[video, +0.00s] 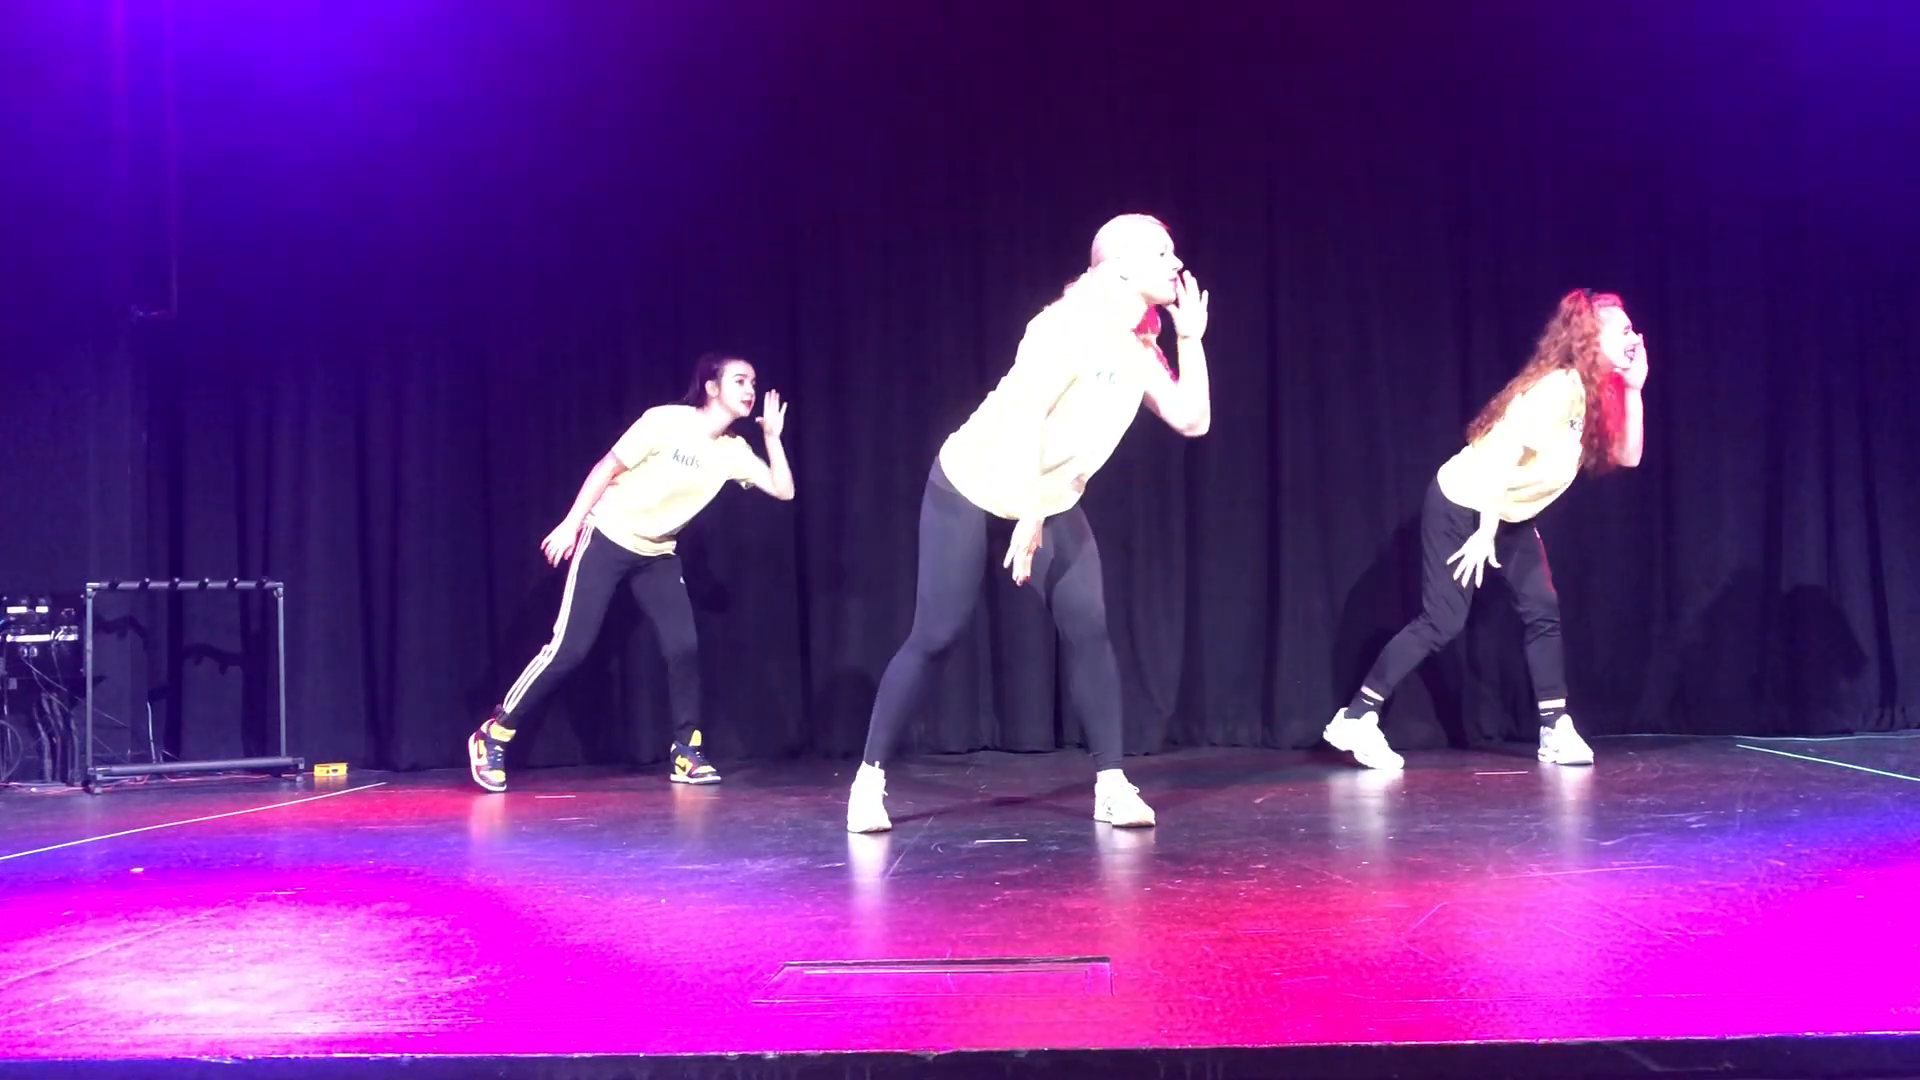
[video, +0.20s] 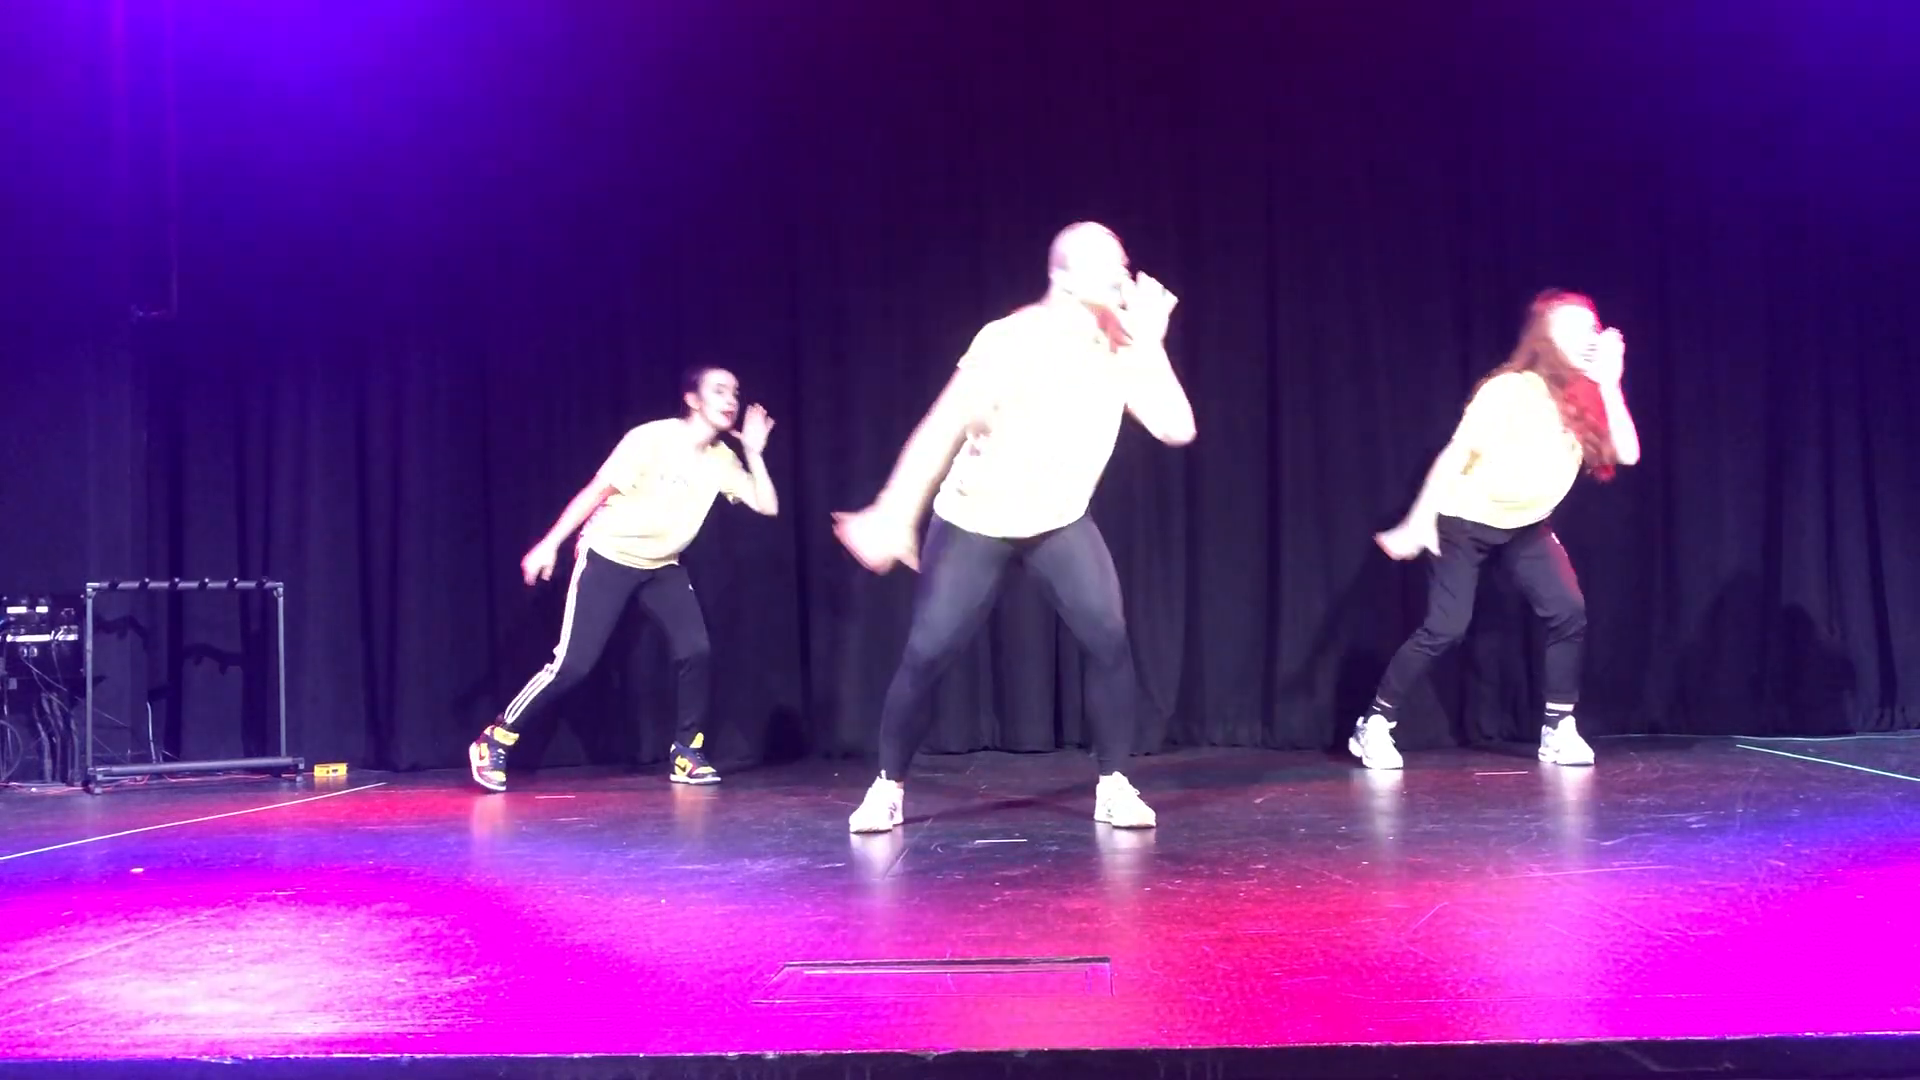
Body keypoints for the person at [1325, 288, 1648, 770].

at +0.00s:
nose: (1631, 339)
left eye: (1630, 330)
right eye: (1621, 331)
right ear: (1589, 338)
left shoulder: (1599, 394)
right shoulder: (1559, 386)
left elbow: (1627, 455)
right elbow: (1502, 447)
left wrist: (1634, 387)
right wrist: (1487, 526)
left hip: (1512, 513)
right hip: (1460, 502)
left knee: (1542, 613)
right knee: (1443, 618)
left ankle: (1555, 731)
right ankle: (1355, 718)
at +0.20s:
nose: (1588, 339)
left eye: (1592, 330)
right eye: (1575, 330)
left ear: (1598, 338)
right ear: (1545, 338)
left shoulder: (1586, 396)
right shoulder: (1506, 391)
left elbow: (1627, 453)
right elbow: (1454, 456)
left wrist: (1611, 383)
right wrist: (1418, 521)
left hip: (1527, 528)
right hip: (1463, 525)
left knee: (1567, 614)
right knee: (1446, 626)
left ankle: (1558, 731)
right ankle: (1374, 727)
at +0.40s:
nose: (1465, 322)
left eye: (1477, 312)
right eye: (1456, 313)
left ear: (1505, 315)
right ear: (1445, 321)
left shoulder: (1533, 360)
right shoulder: (1436, 371)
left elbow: (1549, 413)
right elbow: (1381, 431)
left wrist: (1501, 353)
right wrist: (1367, 379)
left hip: (1521, 509)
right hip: (1449, 513)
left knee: (1553, 610)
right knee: (1422, 616)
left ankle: (1574, 723)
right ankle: (1387, 728)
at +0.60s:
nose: (1384, 346)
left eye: (1395, 336)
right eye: (1380, 338)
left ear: (1426, 340)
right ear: (1375, 346)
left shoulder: (1461, 378)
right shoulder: (1383, 404)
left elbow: (1448, 437)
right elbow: (1334, 456)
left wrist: (1405, 376)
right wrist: (1358, 391)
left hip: (1494, 517)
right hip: (1432, 530)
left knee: (1508, 627)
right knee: (1404, 621)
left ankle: (1603, 713)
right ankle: (1387, 732)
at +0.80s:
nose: (1342, 362)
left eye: (1352, 352)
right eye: (1339, 354)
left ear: (1385, 354)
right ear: (1337, 362)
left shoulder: (1423, 390)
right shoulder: (1357, 414)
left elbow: (1404, 451)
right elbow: (1320, 478)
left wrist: (1360, 394)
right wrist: (1330, 408)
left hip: (1481, 518)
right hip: (1424, 534)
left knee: (1494, 634)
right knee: (1396, 625)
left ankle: (1602, 711)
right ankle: (1385, 736)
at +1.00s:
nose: (1333, 347)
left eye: (1342, 337)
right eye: (1330, 339)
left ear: (1376, 338)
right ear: (1329, 347)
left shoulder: (1415, 370)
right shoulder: (1350, 400)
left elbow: (1400, 432)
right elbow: (1315, 462)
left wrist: (1355, 377)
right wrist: (1324, 393)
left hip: (1474, 506)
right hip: (1418, 522)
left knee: (1507, 616)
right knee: (1399, 618)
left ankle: (1599, 710)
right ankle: (1387, 730)